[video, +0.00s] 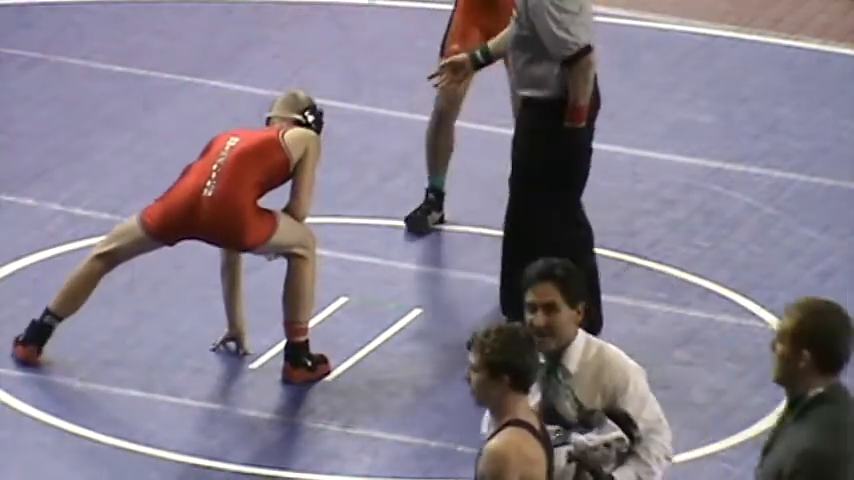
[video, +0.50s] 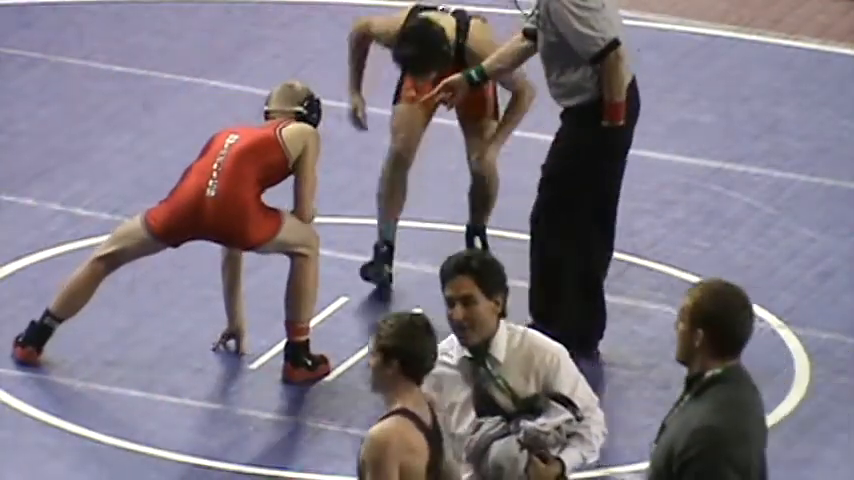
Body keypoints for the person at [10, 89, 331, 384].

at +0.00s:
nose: (315, 139)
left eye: (315, 134)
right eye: (316, 132)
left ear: (272, 119)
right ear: (308, 124)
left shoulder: (230, 139)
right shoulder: (306, 138)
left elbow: (231, 252)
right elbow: (298, 213)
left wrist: (236, 330)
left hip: (175, 211)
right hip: (233, 221)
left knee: (103, 256)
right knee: (304, 244)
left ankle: (33, 339)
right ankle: (298, 359)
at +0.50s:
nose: (316, 130)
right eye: (316, 121)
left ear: (269, 112)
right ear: (308, 116)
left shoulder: (231, 136)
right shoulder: (306, 133)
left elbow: (232, 247)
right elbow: (306, 213)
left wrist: (235, 323)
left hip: (181, 211)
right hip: (238, 218)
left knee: (105, 259)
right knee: (308, 243)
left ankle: (32, 340)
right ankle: (299, 359)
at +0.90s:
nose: (276, 105)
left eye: (279, 102)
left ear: (276, 109)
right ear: (314, 118)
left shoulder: (234, 132)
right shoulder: (309, 143)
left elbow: (225, 241)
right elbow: (322, 224)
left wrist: (231, 312)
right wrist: (344, 199)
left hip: (178, 208)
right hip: (236, 215)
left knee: (104, 259)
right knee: (306, 244)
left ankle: (33, 339)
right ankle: (295, 357)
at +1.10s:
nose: (276, 108)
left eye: (279, 103)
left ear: (277, 109)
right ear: (317, 121)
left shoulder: (236, 130)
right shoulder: (310, 148)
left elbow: (200, 210)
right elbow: (322, 228)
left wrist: (229, 282)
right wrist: (351, 218)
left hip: (179, 209)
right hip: (235, 215)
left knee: (105, 260)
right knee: (307, 246)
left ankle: (33, 339)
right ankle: (299, 356)